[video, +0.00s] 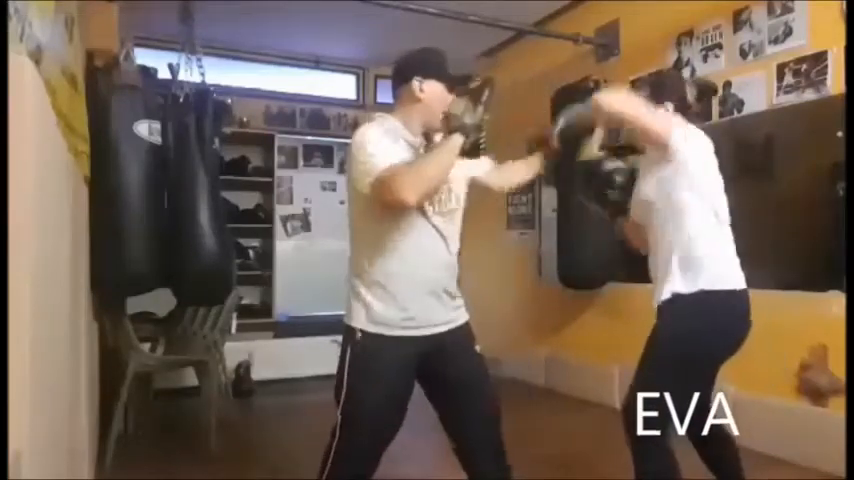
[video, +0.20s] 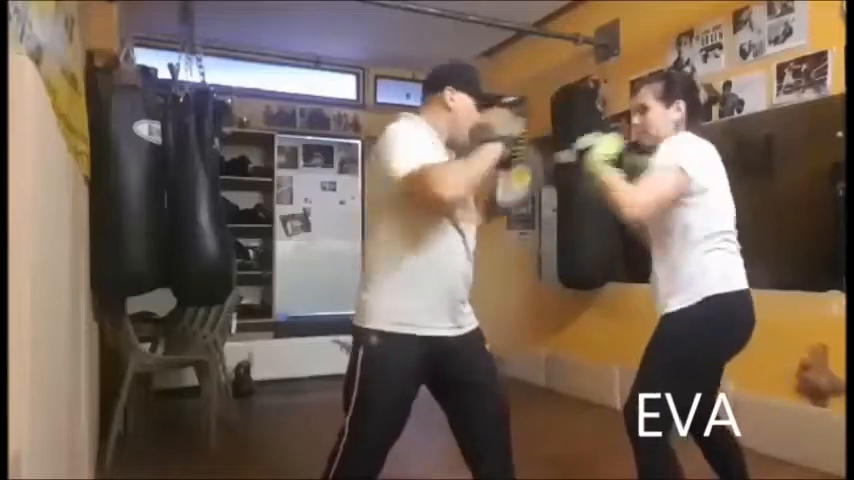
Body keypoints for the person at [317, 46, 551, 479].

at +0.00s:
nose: (454, 100)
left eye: (454, 91)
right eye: (447, 88)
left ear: (422, 91)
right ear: (418, 88)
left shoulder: (449, 149)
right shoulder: (373, 137)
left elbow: (503, 175)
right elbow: (402, 192)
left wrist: (551, 153)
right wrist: (458, 136)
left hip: (447, 327)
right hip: (381, 331)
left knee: (485, 448)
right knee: (354, 457)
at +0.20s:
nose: (480, 118)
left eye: (482, 109)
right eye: (476, 106)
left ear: (449, 101)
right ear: (450, 97)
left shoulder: (450, 155)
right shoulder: (402, 134)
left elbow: (471, 214)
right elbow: (441, 188)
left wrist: (495, 192)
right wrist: (493, 143)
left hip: (455, 328)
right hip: (393, 330)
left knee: (491, 439)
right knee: (361, 453)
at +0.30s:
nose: (492, 122)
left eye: (493, 113)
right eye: (487, 110)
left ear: (463, 106)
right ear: (463, 103)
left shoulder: (464, 155)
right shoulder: (423, 128)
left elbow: (458, 238)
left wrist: (507, 229)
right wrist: (549, 124)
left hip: (458, 326)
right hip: (399, 322)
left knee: (494, 435)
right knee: (367, 449)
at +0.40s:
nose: (494, 123)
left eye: (496, 117)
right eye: (491, 114)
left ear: (469, 109)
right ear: (472, 104)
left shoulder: (465, 167)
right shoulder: (425, 127)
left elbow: (460, 255)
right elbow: (505, 133)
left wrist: (524, 255)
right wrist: (542, 92)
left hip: (463, 323)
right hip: (404, 317)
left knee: (499, 429)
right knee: (370, 444)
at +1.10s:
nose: (480, 116)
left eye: (481, 106)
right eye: (475, 104)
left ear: (449, 100)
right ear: (448, 96)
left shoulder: (447, 154)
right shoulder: (410, 127)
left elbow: (457, 238)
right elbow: (486, 163)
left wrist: (518, 223)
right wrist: (533, 134)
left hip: (456, 324)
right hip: (399, 323)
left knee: (494, 446)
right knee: (368, 453)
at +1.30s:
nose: (468, 111)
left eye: (469, 101)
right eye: (461, 98)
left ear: (436, 95)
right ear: (431, 92)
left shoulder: (448, 152)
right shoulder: (386, 137)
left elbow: (479, 207)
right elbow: (437, 205)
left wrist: (529, 171)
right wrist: (498, 156)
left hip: (452, 326)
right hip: (388, 326)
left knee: (495, 439)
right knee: (357, 457)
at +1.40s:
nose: (483, 119)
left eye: (483, 108)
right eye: (476, 105)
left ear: (449, 104)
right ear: (444, 102)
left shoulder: (460, 153)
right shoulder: (395, 146)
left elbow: (506, 199)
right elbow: (410, 225)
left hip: (455, 330)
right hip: (391, 331)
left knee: (496, 447)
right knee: (361, 456)